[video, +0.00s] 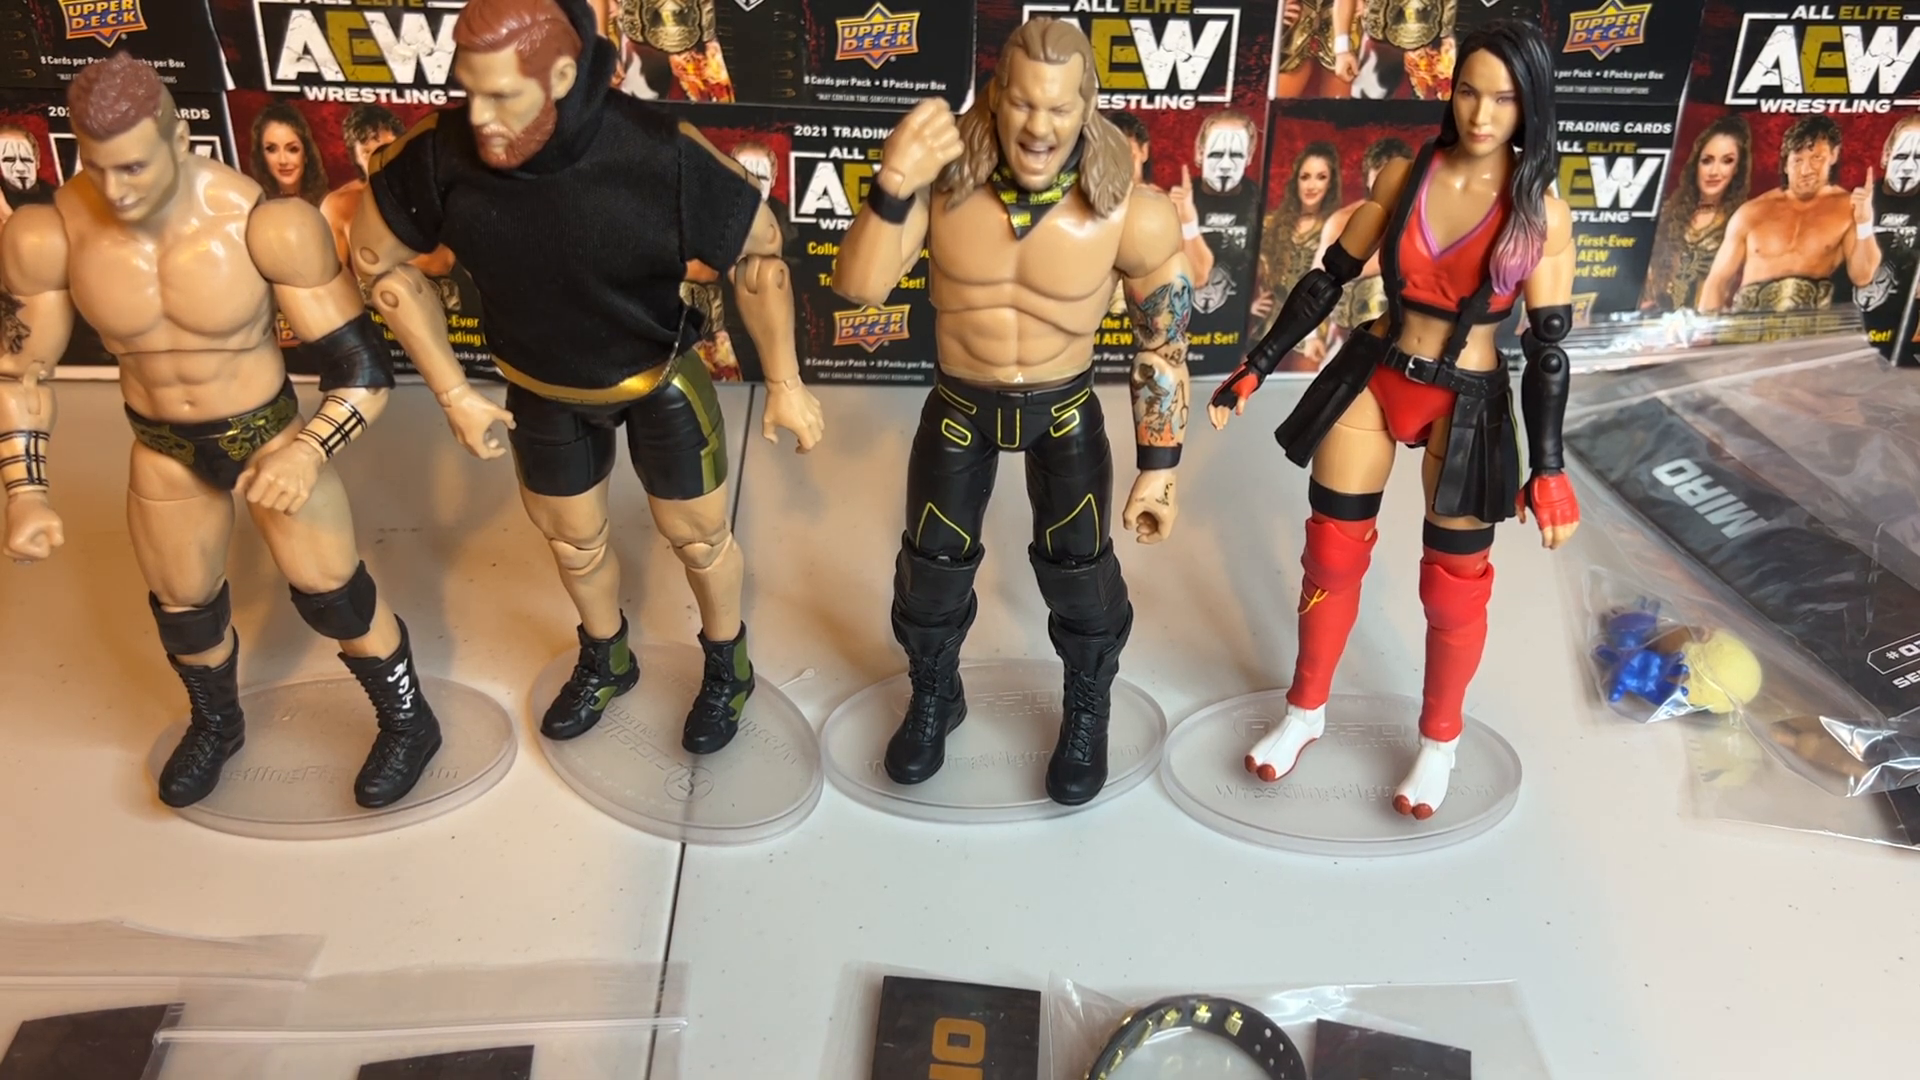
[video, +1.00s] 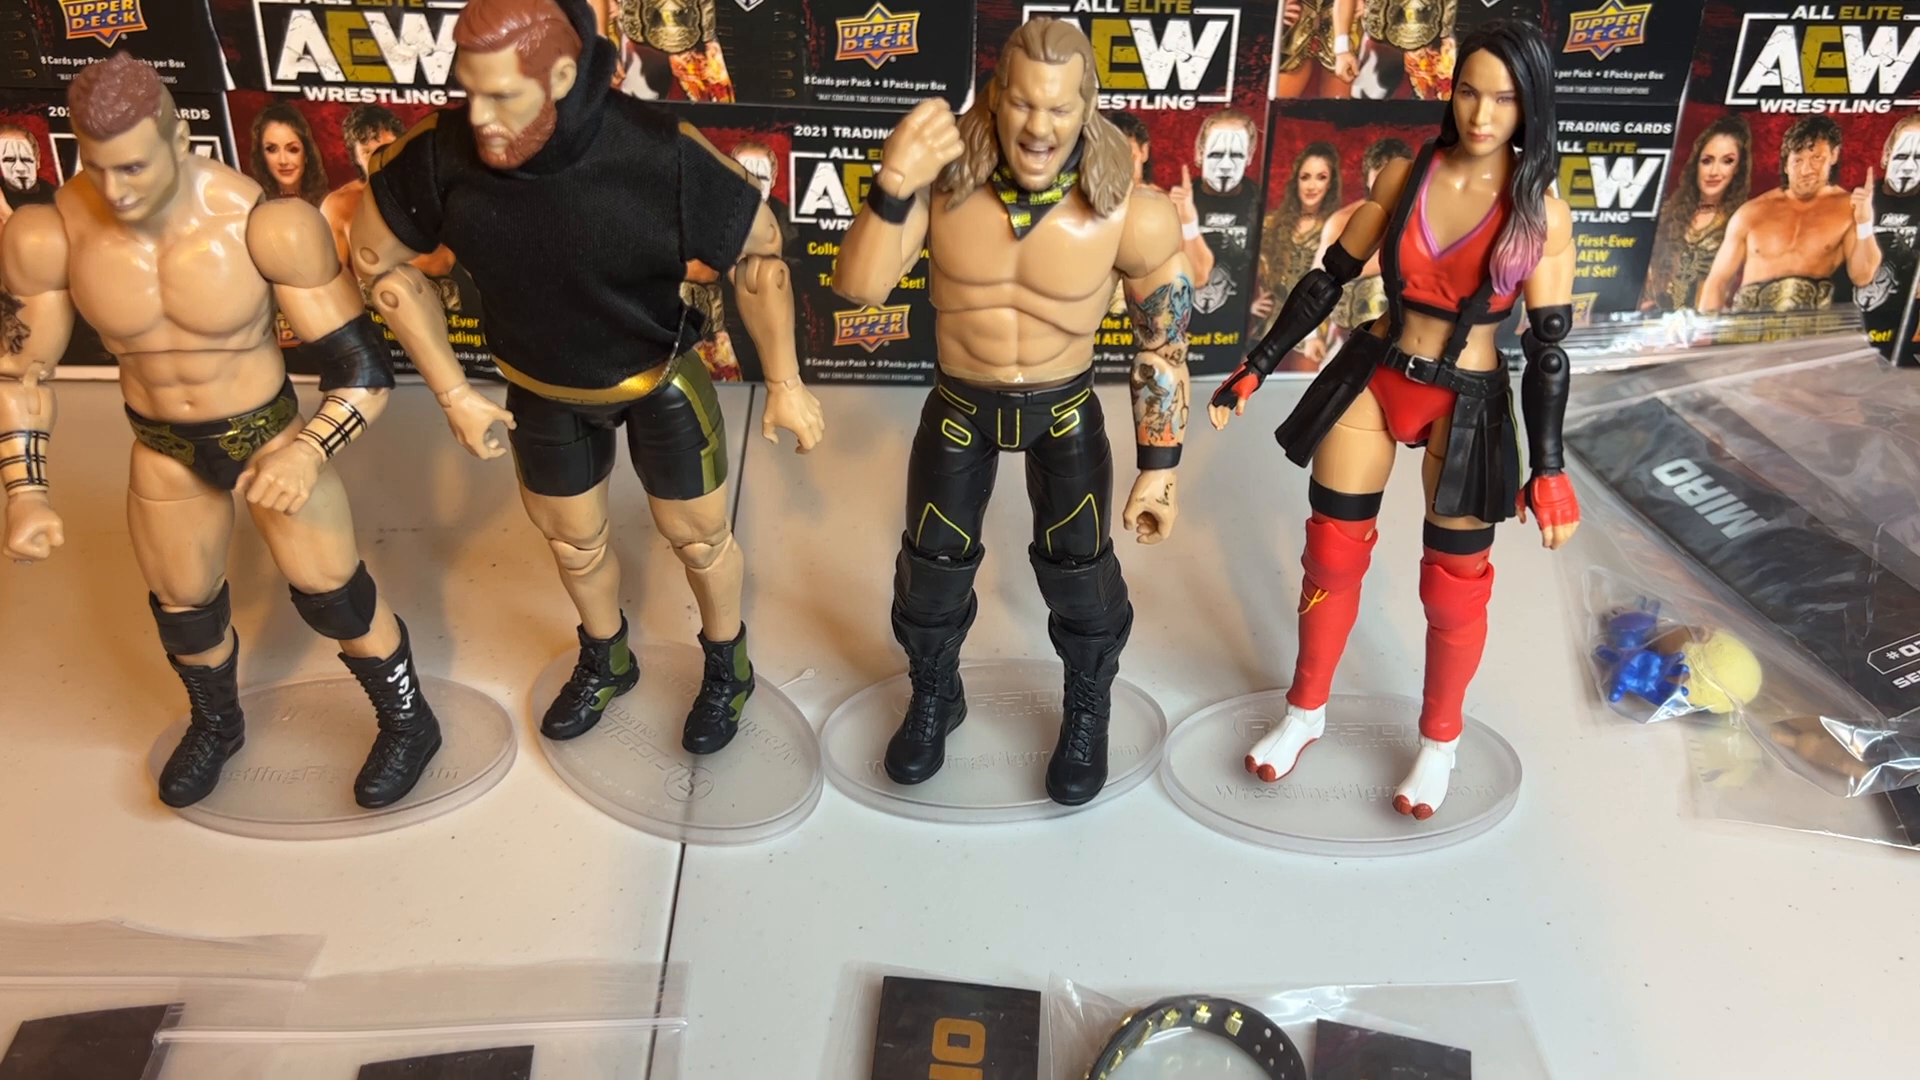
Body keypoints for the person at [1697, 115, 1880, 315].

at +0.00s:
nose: (1806, 169)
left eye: (1816, 158)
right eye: (1797, 160)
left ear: (1834, 156)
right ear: (1785, 163)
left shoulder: (1847, 207)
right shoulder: (1750, 212)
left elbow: (1861, 277)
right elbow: (1718, 281)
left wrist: (1864, 223)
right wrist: (1704, 335)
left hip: (1810, 315)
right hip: (1748, 312)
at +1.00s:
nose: (1806, 169)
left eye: (1816, 158)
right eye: (1797, 160)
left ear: (1834, 156)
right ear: (1785, 163)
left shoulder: (1848, 207)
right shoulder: (1750, 212)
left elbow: (1862, 277)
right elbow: (1718, 282)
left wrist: (1864, 223)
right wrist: (1704, 336)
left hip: (1810, 316)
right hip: (1748, 314)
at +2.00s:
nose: (1806, 169)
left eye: (1816, 158)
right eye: (1797, 160)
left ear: (1834, 156)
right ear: (1785, 163)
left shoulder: (1848, 207)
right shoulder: (1750, 213)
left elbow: (1862, 277)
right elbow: (1718, 281)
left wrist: (1864, 223)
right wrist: (1703, 336)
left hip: (1810, 316)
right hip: (1748, 314)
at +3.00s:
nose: (1806, 170)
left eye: (1817, 158)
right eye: (1798, 160)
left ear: (1834, 156)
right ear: (1785, 163)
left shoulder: (1848, 207)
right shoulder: (1751, 213)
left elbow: (1862, 277)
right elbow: (1718, 281)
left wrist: (1864, 223)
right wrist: (1704, 336)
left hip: (1810, 316)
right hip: (1748, 313)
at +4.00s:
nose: (1806, 169)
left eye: (1817, 158)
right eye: (1798, 160)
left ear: (1834, 156)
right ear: (1785, 162)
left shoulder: (1848, 207)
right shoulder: (1750, 212)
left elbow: (1862, 277)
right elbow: (1718, 281)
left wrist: (1864, 224)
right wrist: (1704, 336)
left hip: (1810, 315)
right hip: (1748, 313)